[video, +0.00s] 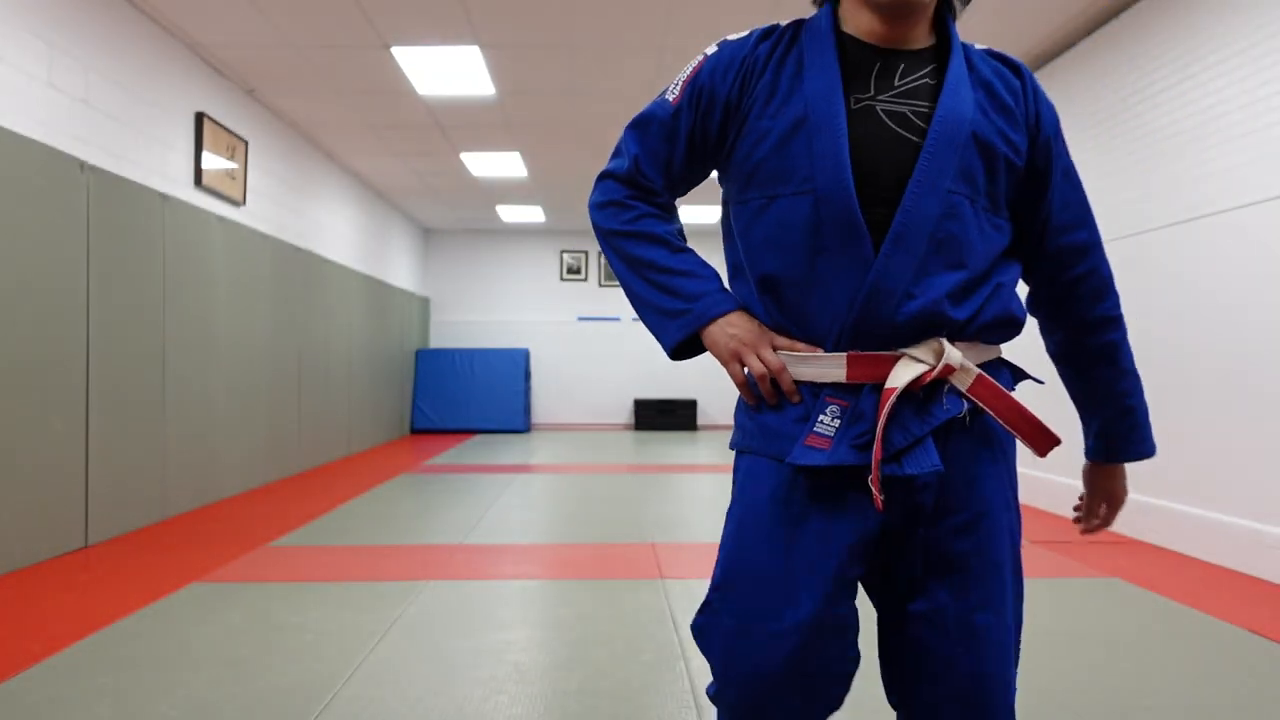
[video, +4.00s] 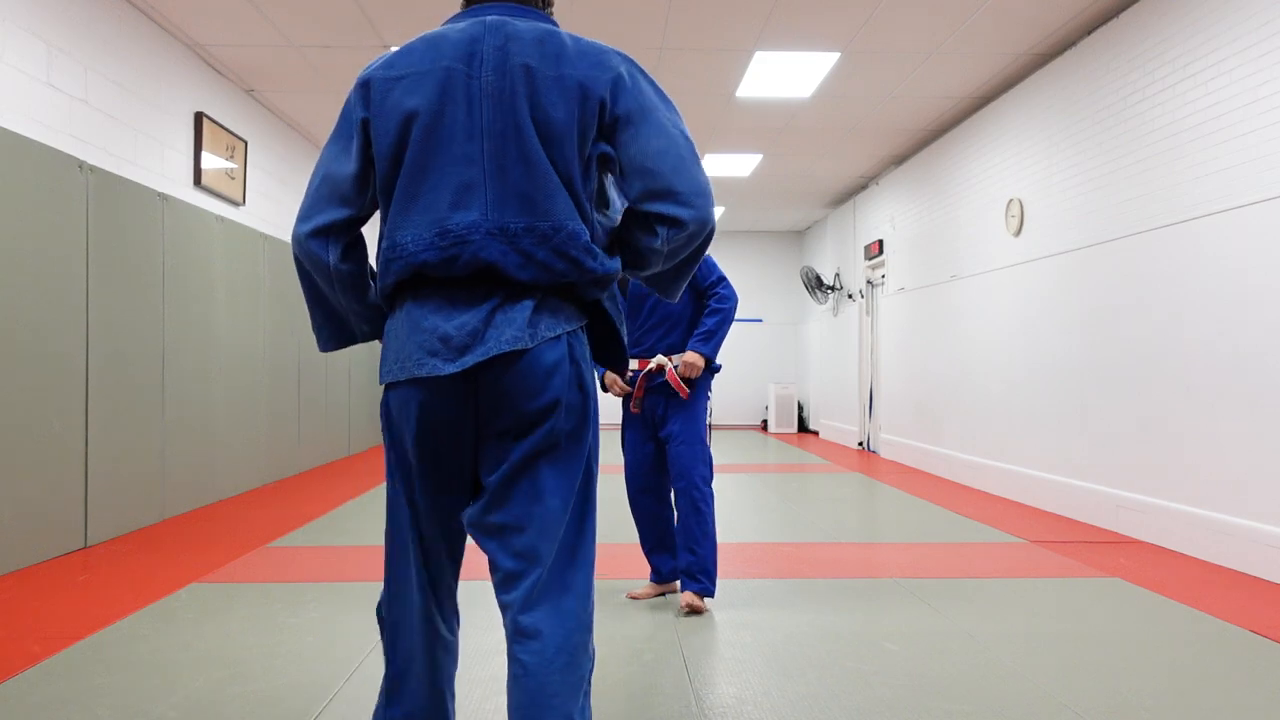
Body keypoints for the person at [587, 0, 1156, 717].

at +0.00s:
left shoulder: (1009, 95)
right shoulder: (748, 70)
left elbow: (1074, 276)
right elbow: (624, 193)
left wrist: (1110, 439)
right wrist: (708, 314)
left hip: (957, 440)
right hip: (794, 439)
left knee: (967, 695)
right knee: (765, 689)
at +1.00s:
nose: (752, 109)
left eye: (767, 98)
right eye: (737, 96)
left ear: (787, 116)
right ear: (713, 112)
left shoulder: (821, 200)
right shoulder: (670, 195)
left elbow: (867, 295)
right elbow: (610, 277)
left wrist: (863, 393)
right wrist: (651, 346)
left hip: (791, 405)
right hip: (701, 403)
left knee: (771, 563)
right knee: (710, 563)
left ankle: (753, 701)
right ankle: (725, 711)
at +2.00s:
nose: (696, 168)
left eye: (704, 161)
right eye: (684, 161)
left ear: (713, 177)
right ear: (660, 176)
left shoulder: (738, 237)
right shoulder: (629, 241)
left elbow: (768, 314)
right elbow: (601, 317)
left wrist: (726, 371)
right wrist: (640, 361)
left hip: (720, 395)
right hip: (654, 397)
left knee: (719, 504)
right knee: (653, 514)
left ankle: (706, 584)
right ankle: (664, 638)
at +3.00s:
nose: (644, 202)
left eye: (653, 194)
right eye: (635, 196)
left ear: (670, 203)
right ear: (623, 209)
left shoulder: (700, 250)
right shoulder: (609, 264)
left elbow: (754, 290)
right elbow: (586, 324)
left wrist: (729, 343)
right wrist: (622, 351)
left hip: (686, 389)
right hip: (631, 392)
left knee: (689, 490)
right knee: (637, 490)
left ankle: (695, 595)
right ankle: (660, 570)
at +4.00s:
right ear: (621, 227)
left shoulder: (682, 253)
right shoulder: (614, 266)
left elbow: (723, 297)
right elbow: (598, 316)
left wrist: (700, 350)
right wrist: (606, 368)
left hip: (682, 382)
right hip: (636, 386)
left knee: (690, 479)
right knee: (643, 483)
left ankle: (696, 585)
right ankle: (665, 575)